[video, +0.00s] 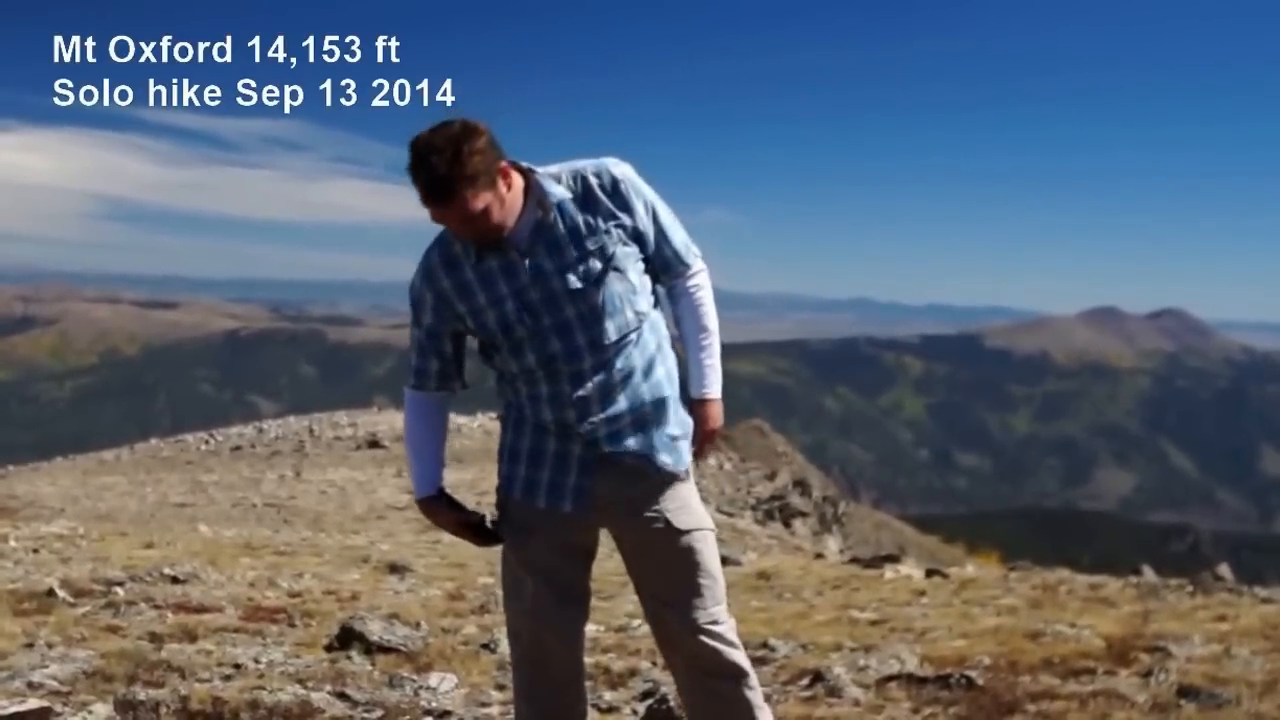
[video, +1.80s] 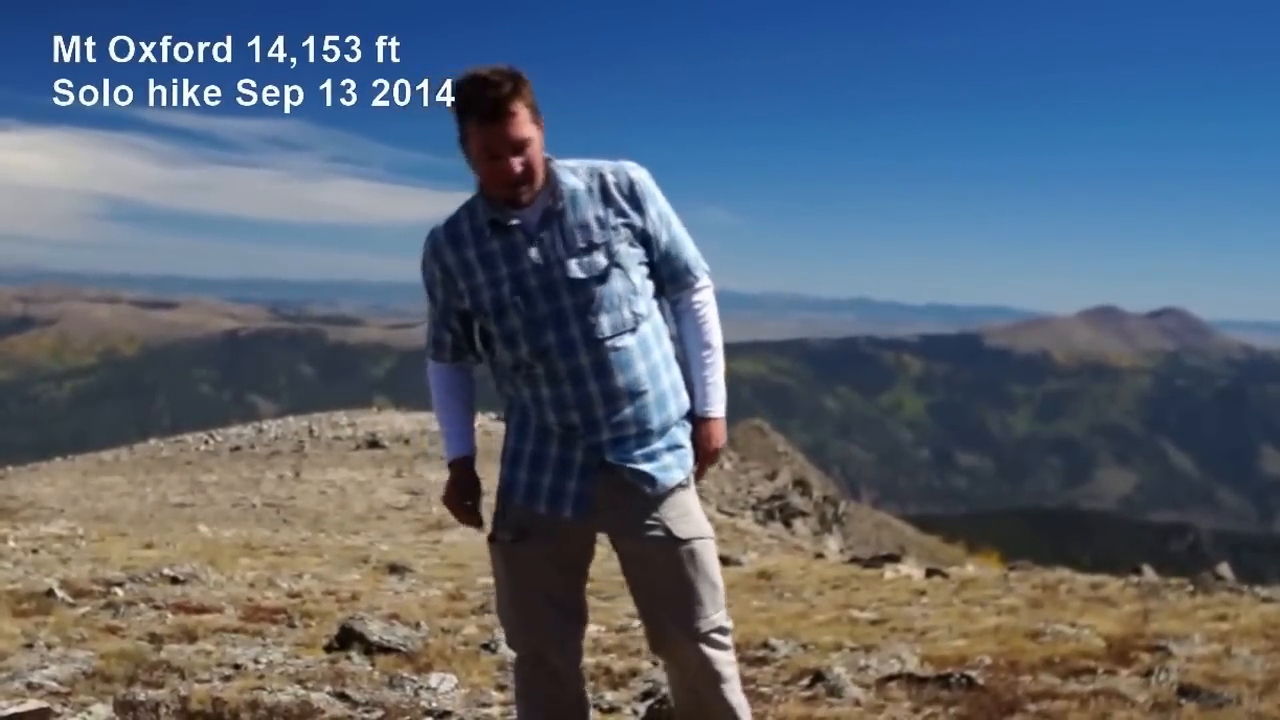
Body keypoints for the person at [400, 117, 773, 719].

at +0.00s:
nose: (467, 235)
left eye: (476, 219)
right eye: (451, 226)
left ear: (506, 178)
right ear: (433, 208)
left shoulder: (607, 189)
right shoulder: (443, 273)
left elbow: (687, 276)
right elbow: (426, 388)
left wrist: (706, 394)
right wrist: (428, 492)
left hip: (648, 444)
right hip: (539, 466)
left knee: (702, 642)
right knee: (543, 666)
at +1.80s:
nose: (511, 167)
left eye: (520, 148)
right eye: (493, 155)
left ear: (542, 132)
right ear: (466, 152)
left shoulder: (622, 189)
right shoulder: (450, 251)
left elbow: (691, 290)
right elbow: (447, 360)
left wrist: (709, 411)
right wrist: (460, 461)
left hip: (649, 448)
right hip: (539, 462)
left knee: (698, 641)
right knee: (541, 656)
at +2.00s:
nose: (581, 170)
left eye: (589, 153)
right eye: (563, 158)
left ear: (608, 133)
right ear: (533, 151)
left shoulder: (679, 199)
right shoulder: (500, 241)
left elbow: (732, 304)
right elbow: (469, 353)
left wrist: (744, 423)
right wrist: (435, 455)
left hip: (681, 461)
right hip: (570, 470)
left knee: (733, 656)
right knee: (556, 666)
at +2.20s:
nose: (670, 177)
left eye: (678, 160)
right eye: (653, 164)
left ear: (691, 141)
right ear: (615, 151)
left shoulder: (747, 207)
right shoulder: (568, 238)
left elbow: (790, 316)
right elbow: (526, 343)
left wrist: (797, 434)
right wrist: (468, 432)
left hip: (737, 469)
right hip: (624, 474)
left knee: (763, 664)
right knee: (582, 661)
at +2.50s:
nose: (750, 187)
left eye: (758, 171)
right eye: (735, 173)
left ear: (769, 155)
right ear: (696, 158)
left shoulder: (816, 223)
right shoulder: (641, 238)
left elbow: (856, 339)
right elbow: (598, 349)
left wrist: (877, 449)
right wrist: (553, 446)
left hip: (788, 481)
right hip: (676, 482)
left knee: (791, 671)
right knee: (631, 660)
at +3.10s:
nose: (695, 168)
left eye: (707, 153)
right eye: (681, 150)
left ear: (720, 148)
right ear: (644, 140)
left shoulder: (747, 233)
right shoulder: (571, 230)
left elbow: (769, 355)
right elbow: (519, 332)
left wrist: (790, 455)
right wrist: (493, 405)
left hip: (707, 486)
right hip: (593, 485)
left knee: (745, 670)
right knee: (564, 663)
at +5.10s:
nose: (651, 151)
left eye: (666, 135)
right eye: (637, 133)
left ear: (689, 130)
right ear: (609, 127)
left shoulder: (723, 228)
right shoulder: (538, 208)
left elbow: (736, 349)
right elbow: (476, 311)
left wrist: (771, 416)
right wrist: (488, 407)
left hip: (664, 481)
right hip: (550, 484)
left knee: (700, 662)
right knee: (558, 682)